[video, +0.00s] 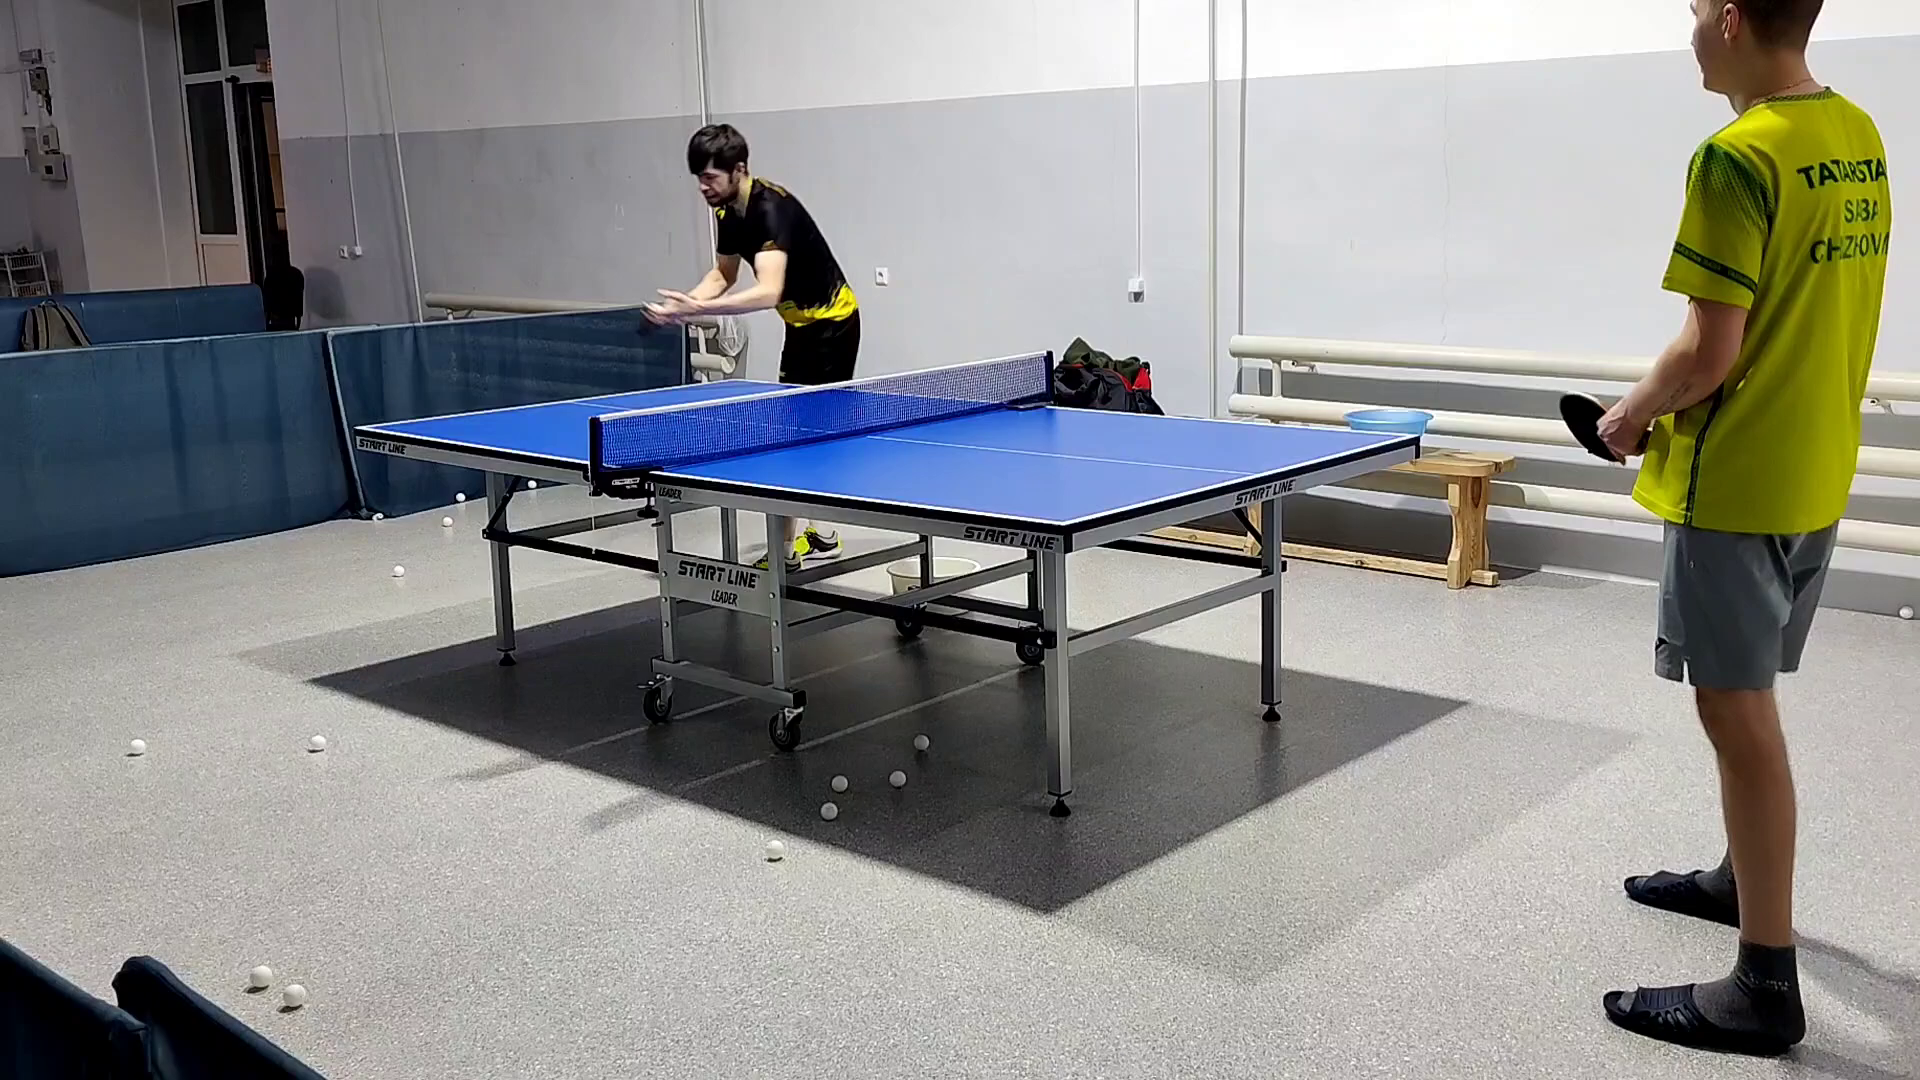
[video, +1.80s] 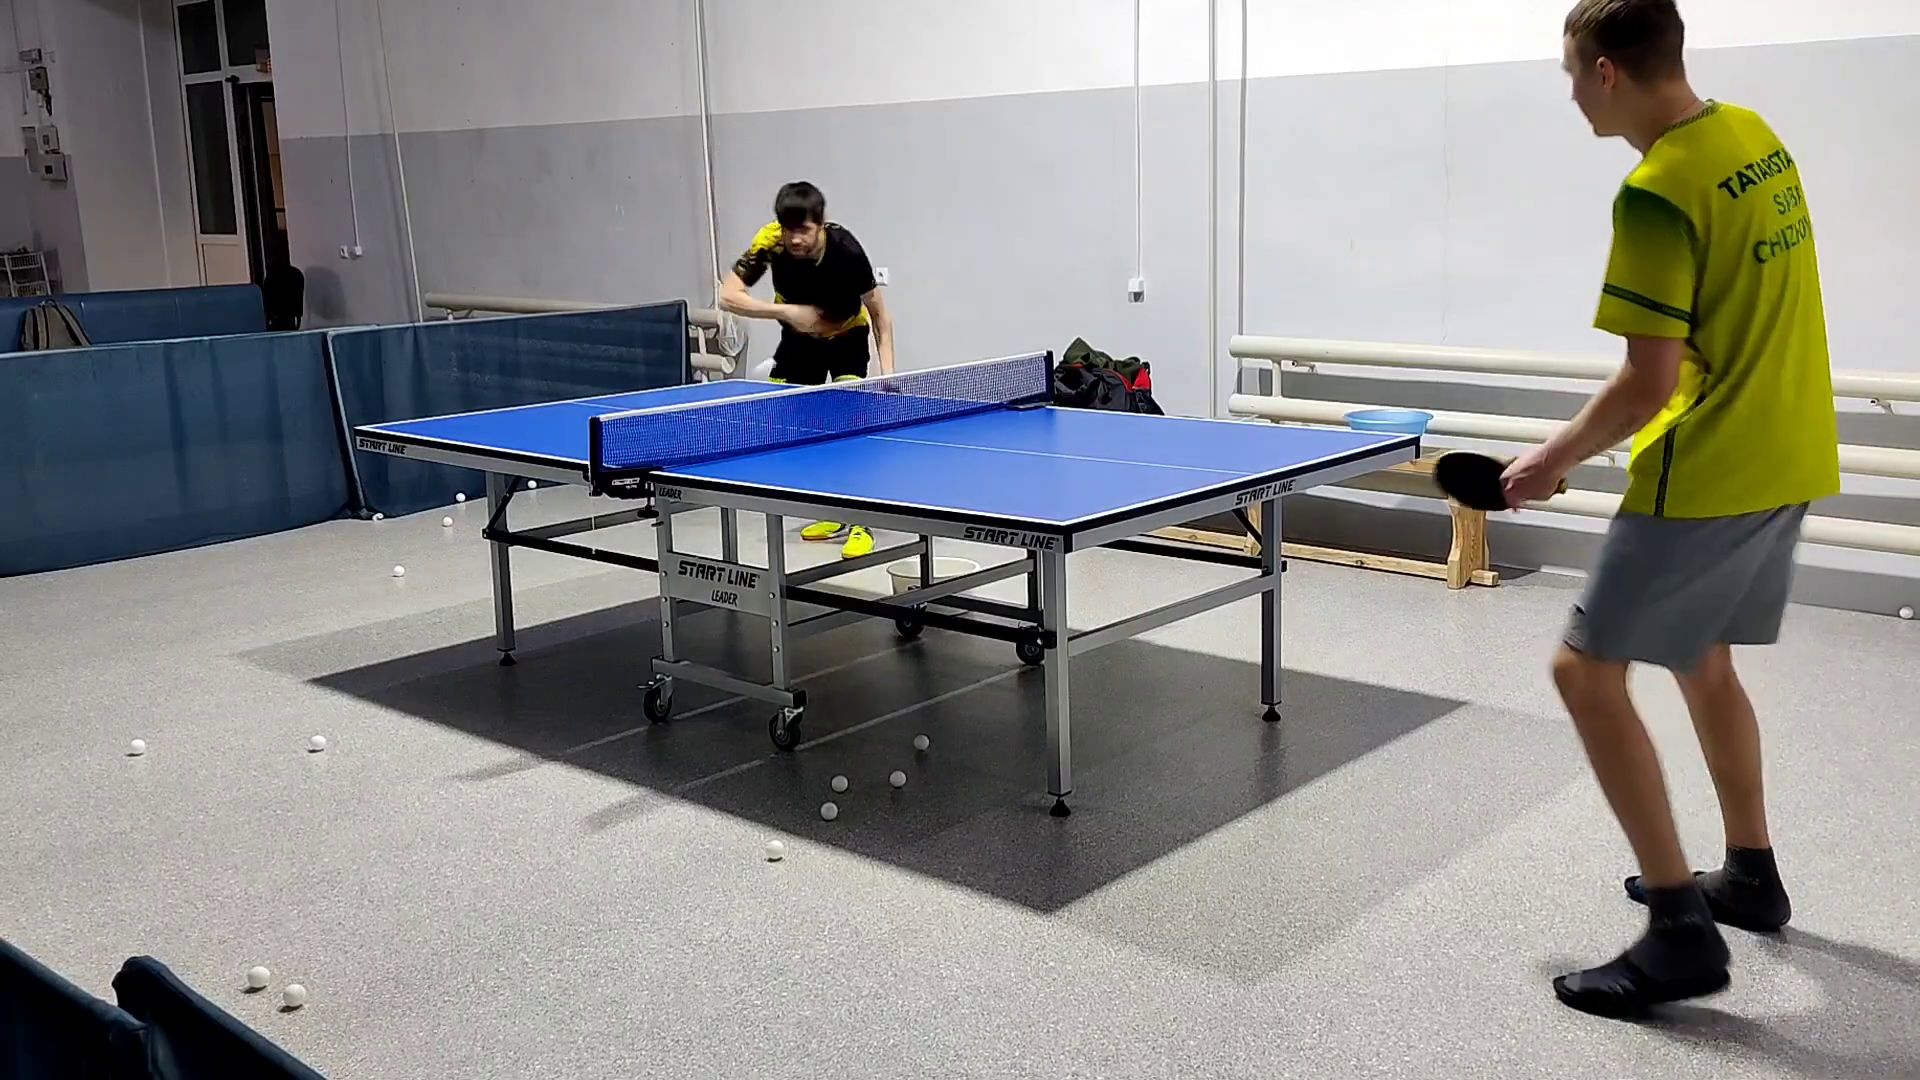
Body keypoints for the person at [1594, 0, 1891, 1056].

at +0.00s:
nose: (1692, 31)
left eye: (1698, 13)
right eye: (1695, 14)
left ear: (1732, 20)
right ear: (1798, 23)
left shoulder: (1737, 152)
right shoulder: (1857, 134)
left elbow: (1713, 348)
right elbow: (1823, 318)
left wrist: (1637, 411)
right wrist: (1668, 395)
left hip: (1741, 482)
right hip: (1816, 474)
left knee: (1740, 711)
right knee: (1740, 688)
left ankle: (1765, 987)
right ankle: (1744, 881)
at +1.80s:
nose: (1573, 100)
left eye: (1573, 78)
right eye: (1571, 80)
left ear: (1607, 73)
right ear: (1670, 59)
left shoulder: (1658, 189)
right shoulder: (1752, 135)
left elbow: (1651, 381)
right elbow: (1748, 324)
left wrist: (1554, 456)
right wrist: (1587, 440)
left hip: (1708, 474)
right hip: (1791, 455)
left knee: (1585, 672)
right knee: (1702, 651)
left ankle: (1680, 931)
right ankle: (1752, 871)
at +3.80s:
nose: (1785, 146)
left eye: (1792, 122)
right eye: (1782, 124)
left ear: (1859, 109)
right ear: (1861, 112)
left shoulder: (1908, 226)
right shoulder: (1891, 224)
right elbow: (1919, 417)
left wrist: (1881, 529)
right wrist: (1902, 536)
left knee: (1906, 759)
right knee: (1903, 756)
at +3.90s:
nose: (1803, 171)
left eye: (1809, 148)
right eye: (1797, 151)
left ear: (1887, 133)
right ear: (1881, 135)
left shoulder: (1910, 218)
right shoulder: (1880, 213)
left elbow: (1889, 360)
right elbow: (1892, 359)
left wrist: (1908, 510)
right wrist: (1908, 504)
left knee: (1901, 768)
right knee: (1896, 761)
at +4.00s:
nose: (1816, 209)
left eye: (1821, 184)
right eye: (1808, 187)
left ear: (1902, 162)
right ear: (1891, 167)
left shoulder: (1908, 259)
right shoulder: (1886, 256)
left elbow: (1888, 383)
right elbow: (1888, 381)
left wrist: (1905, 529)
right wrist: (1904, 524)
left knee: (1908, 807)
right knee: (1886, 760)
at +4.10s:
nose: (1832, 253)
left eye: (1833, 227)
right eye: (1824, 232)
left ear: (1905, 193)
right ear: (1893, 199)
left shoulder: (1918, 314)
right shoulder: (1909, 290)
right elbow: (1899, 379)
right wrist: (1898, 526)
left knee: (1911, 812)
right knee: (1890, 761)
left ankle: (1919, 1027)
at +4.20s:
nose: (1827, 268)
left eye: (1831, 245)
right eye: (1821, 247)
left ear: (1904, 223)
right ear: (1900, 224)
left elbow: (1915, 588)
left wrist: (1788, 715)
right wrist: (1901, 509)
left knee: (1907, 820)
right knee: (1909, 757)